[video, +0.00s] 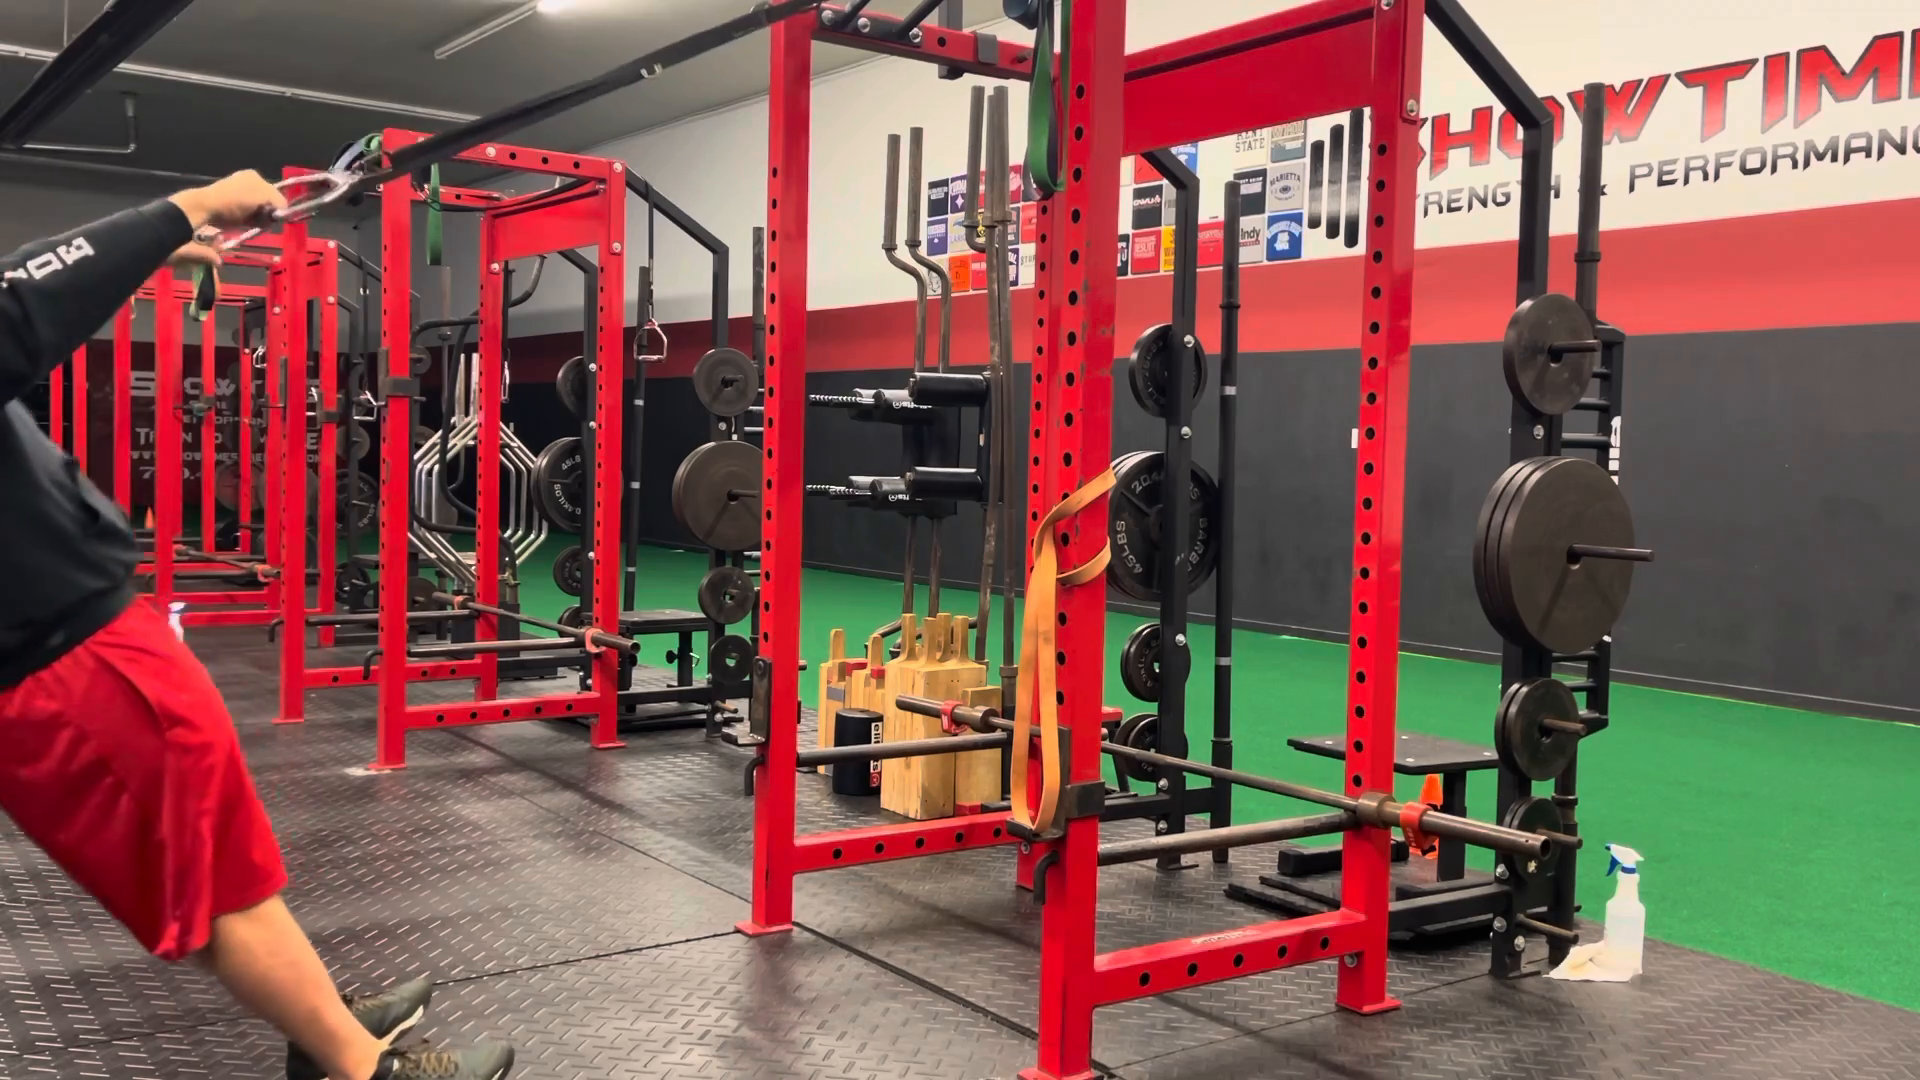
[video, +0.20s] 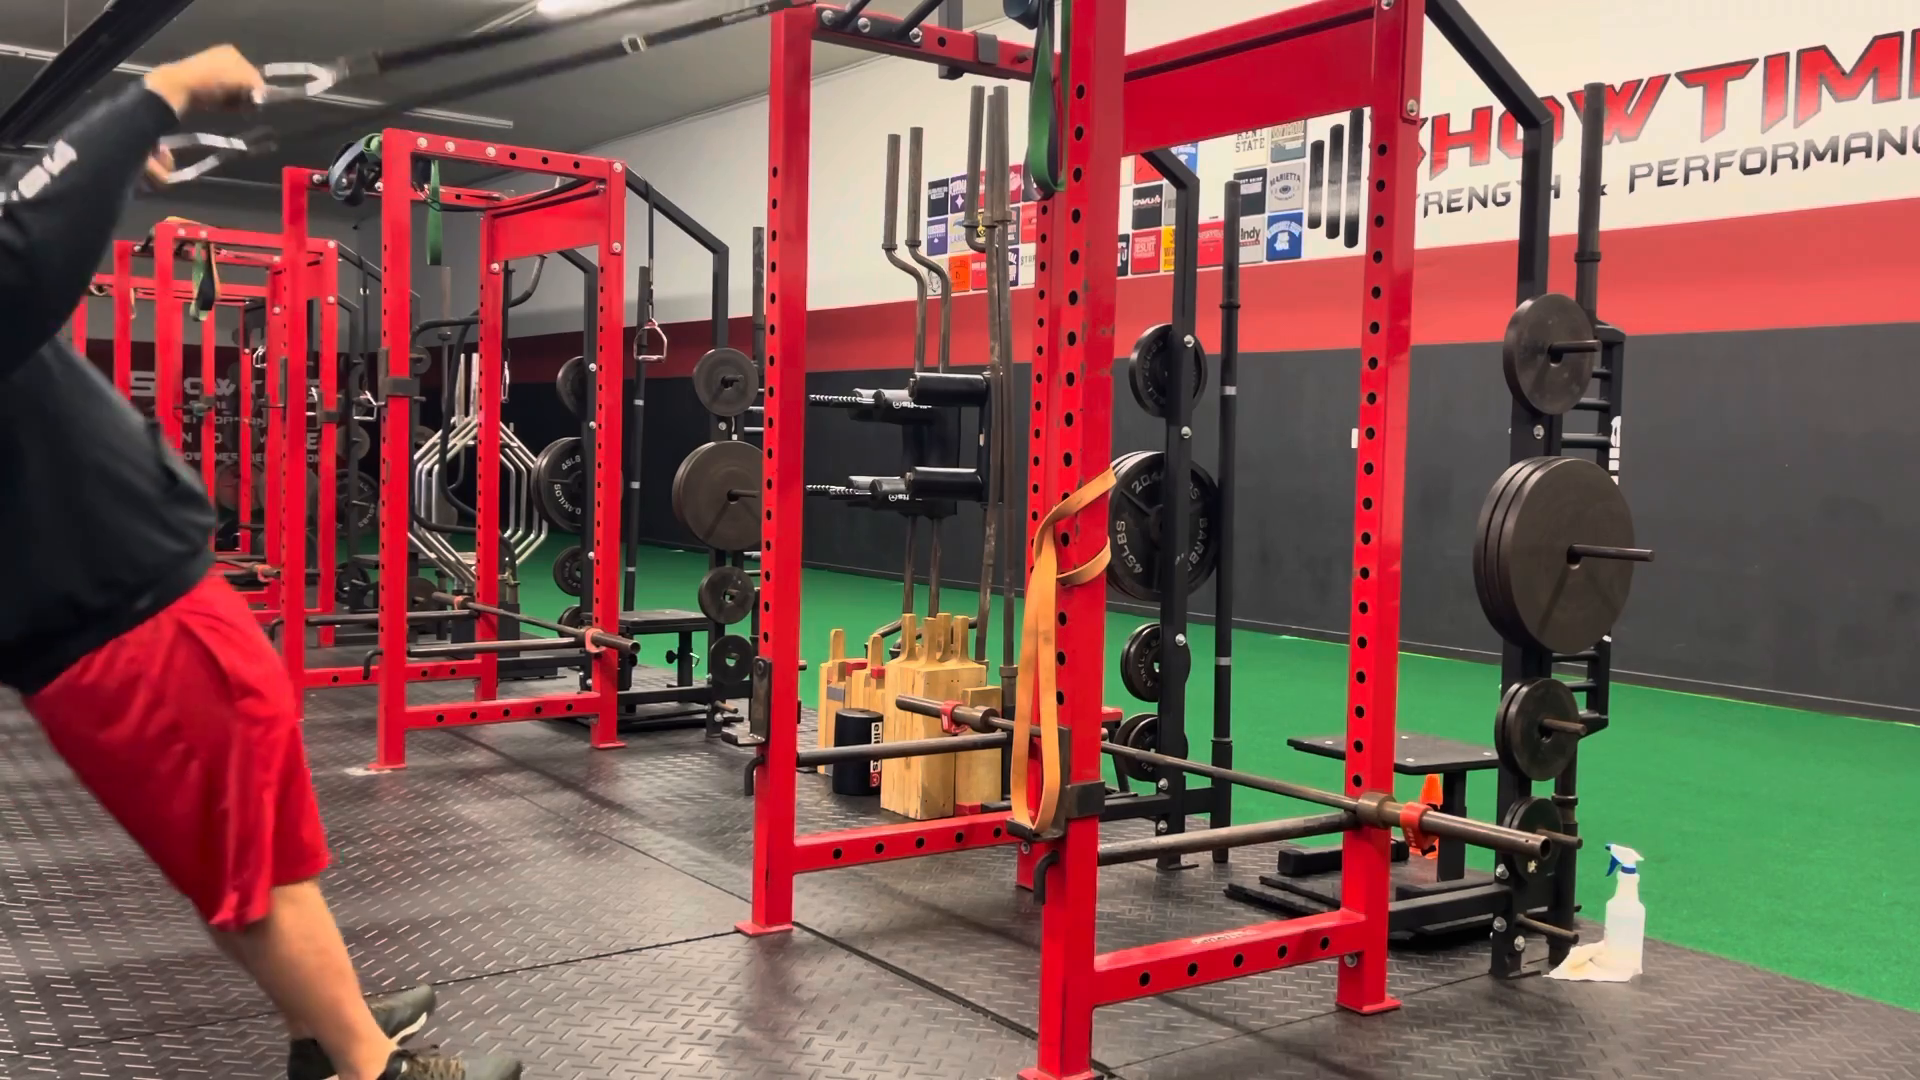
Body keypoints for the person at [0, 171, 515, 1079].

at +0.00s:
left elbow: (25, 307)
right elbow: (23, 314)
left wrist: (184, 215)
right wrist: (186, 210)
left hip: (53, 629)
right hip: (55, 632)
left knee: (204, 839)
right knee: (219, 869)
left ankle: (326, 1026)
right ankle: (361, 1065)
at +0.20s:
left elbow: (28, 269)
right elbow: (27, 272)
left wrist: (115, 184)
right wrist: (157, 92)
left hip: (109, 615)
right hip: (126, 619)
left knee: (245, 850)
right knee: (263, 867)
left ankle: (337, 1035)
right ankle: (371, 1064)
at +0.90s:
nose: (207, 127)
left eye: (195, 111)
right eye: (194, 111)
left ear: (100, 145)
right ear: (172, 129)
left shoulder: (108, 257)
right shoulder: (206, 231)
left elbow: (81, 136)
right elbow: (210, 56)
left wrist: (79, 25)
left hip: (252, 598)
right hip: (343, 595)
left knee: (294, 837)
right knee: (366, 858)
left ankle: (328, 1024)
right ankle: (390, 1058)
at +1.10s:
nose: (310, 120)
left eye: (300, 110)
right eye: (294, 113)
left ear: (207, 149)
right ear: (269, 140)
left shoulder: (179, 247)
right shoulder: (283, 229)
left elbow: (132, 143)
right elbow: (248, 70)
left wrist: (92, 22)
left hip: (275, 588)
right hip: (367, 590)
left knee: (306, 835)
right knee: (375, 855)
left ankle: (334, 1027)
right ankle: (392, 1057)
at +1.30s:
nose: (352, 112)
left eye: (345, 99)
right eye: (337, 99)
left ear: (269, 144)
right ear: (298, 123)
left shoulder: (214, 234)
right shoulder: (315, 226)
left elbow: (155, 144)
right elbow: (268, 73)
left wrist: (102, 30)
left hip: (296, 583)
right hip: (383, 588)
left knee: (314, 833)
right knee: (383, 854)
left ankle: (337, 1027)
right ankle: (394, 1057)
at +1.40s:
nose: (368, 126)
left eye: (361, 109)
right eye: (352, 110)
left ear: (281, 151)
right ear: (308, 127)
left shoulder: (226, 238)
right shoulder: (324, 227)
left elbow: (162, 151)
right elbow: (270, 71)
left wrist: (106, 35)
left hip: (303, 584)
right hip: (385, 588)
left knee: (315, 830)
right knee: (385, 850)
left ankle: (337, 1027)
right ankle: (394, 1056)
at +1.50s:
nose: (368, 127)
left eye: (361, 110)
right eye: (350, 110)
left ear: (281, 151)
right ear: (305, 126)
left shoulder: (224, 237)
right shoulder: (322, 229)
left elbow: (163, 153)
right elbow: (269, 72)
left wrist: (107, 39)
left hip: (303, 583)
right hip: (387, 587)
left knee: (314, 828)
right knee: (385, 850)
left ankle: (337, 1025)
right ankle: (395, 1057)